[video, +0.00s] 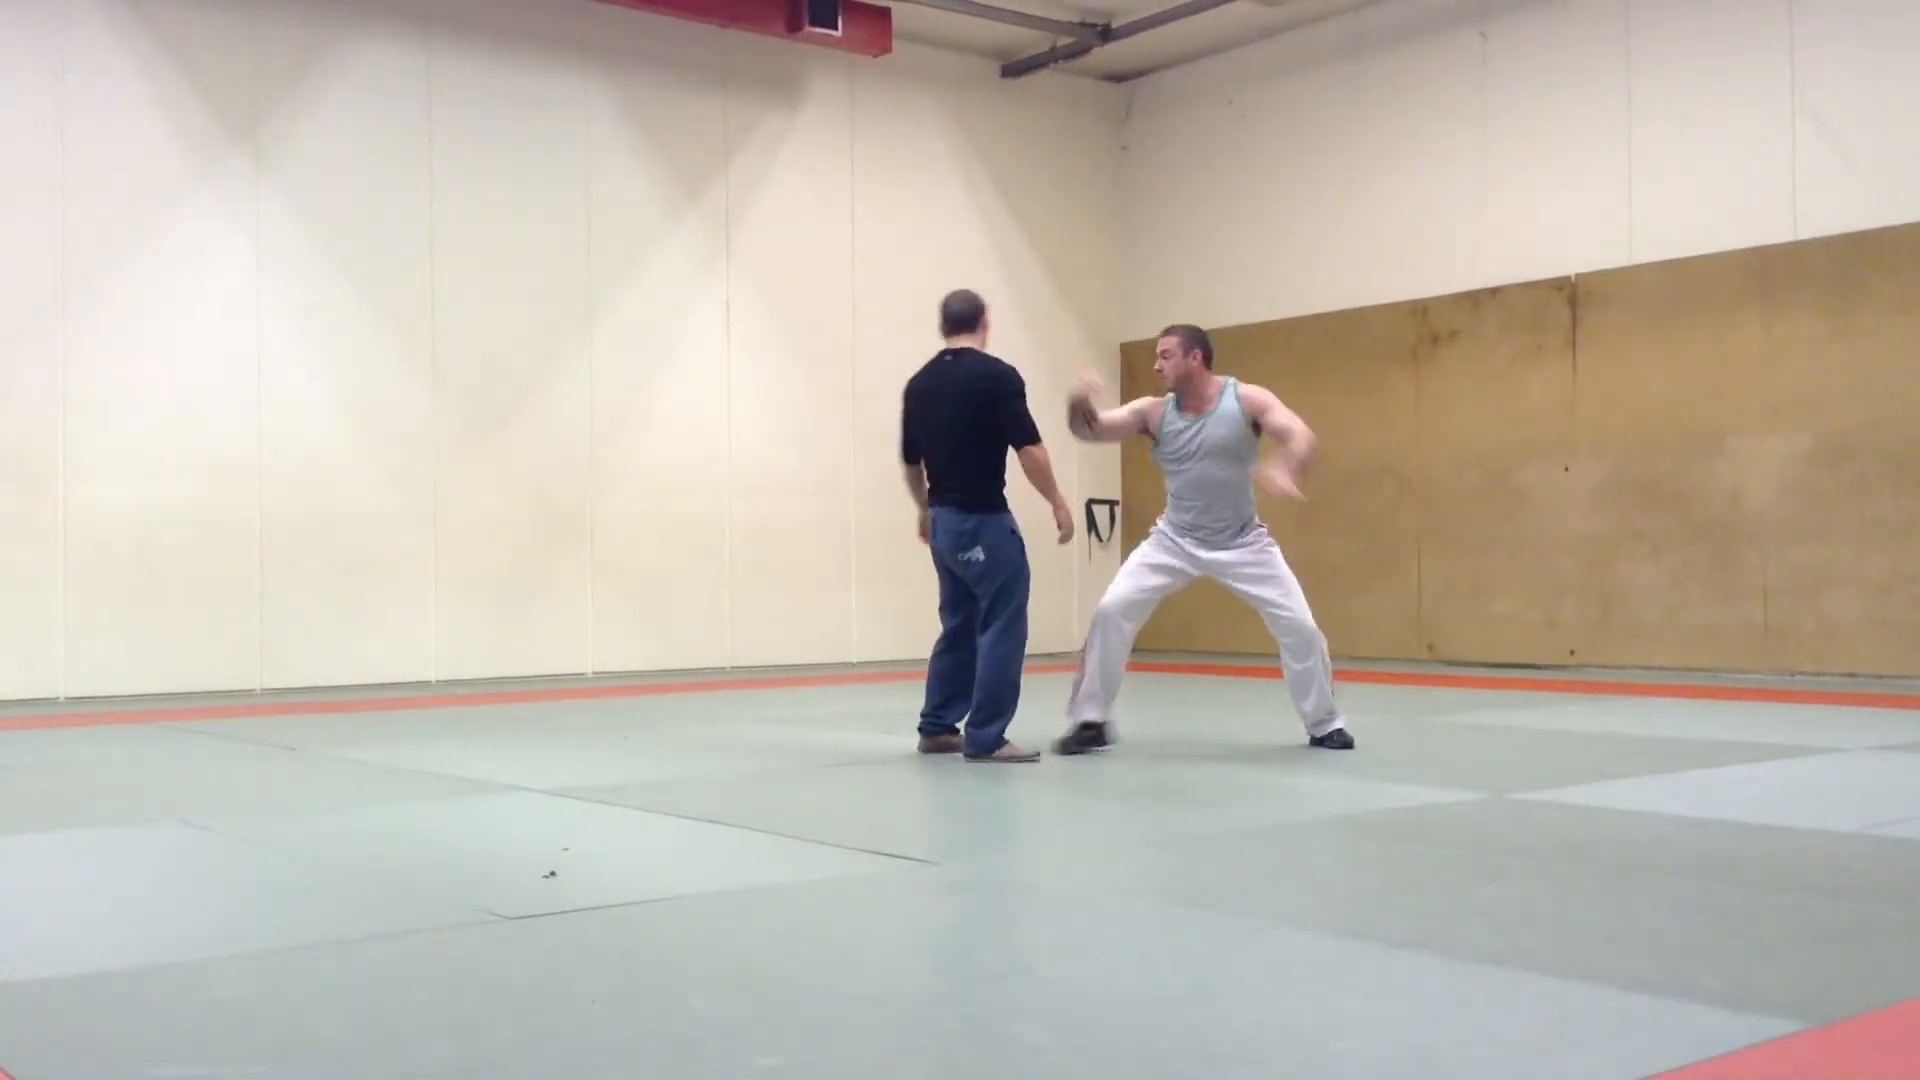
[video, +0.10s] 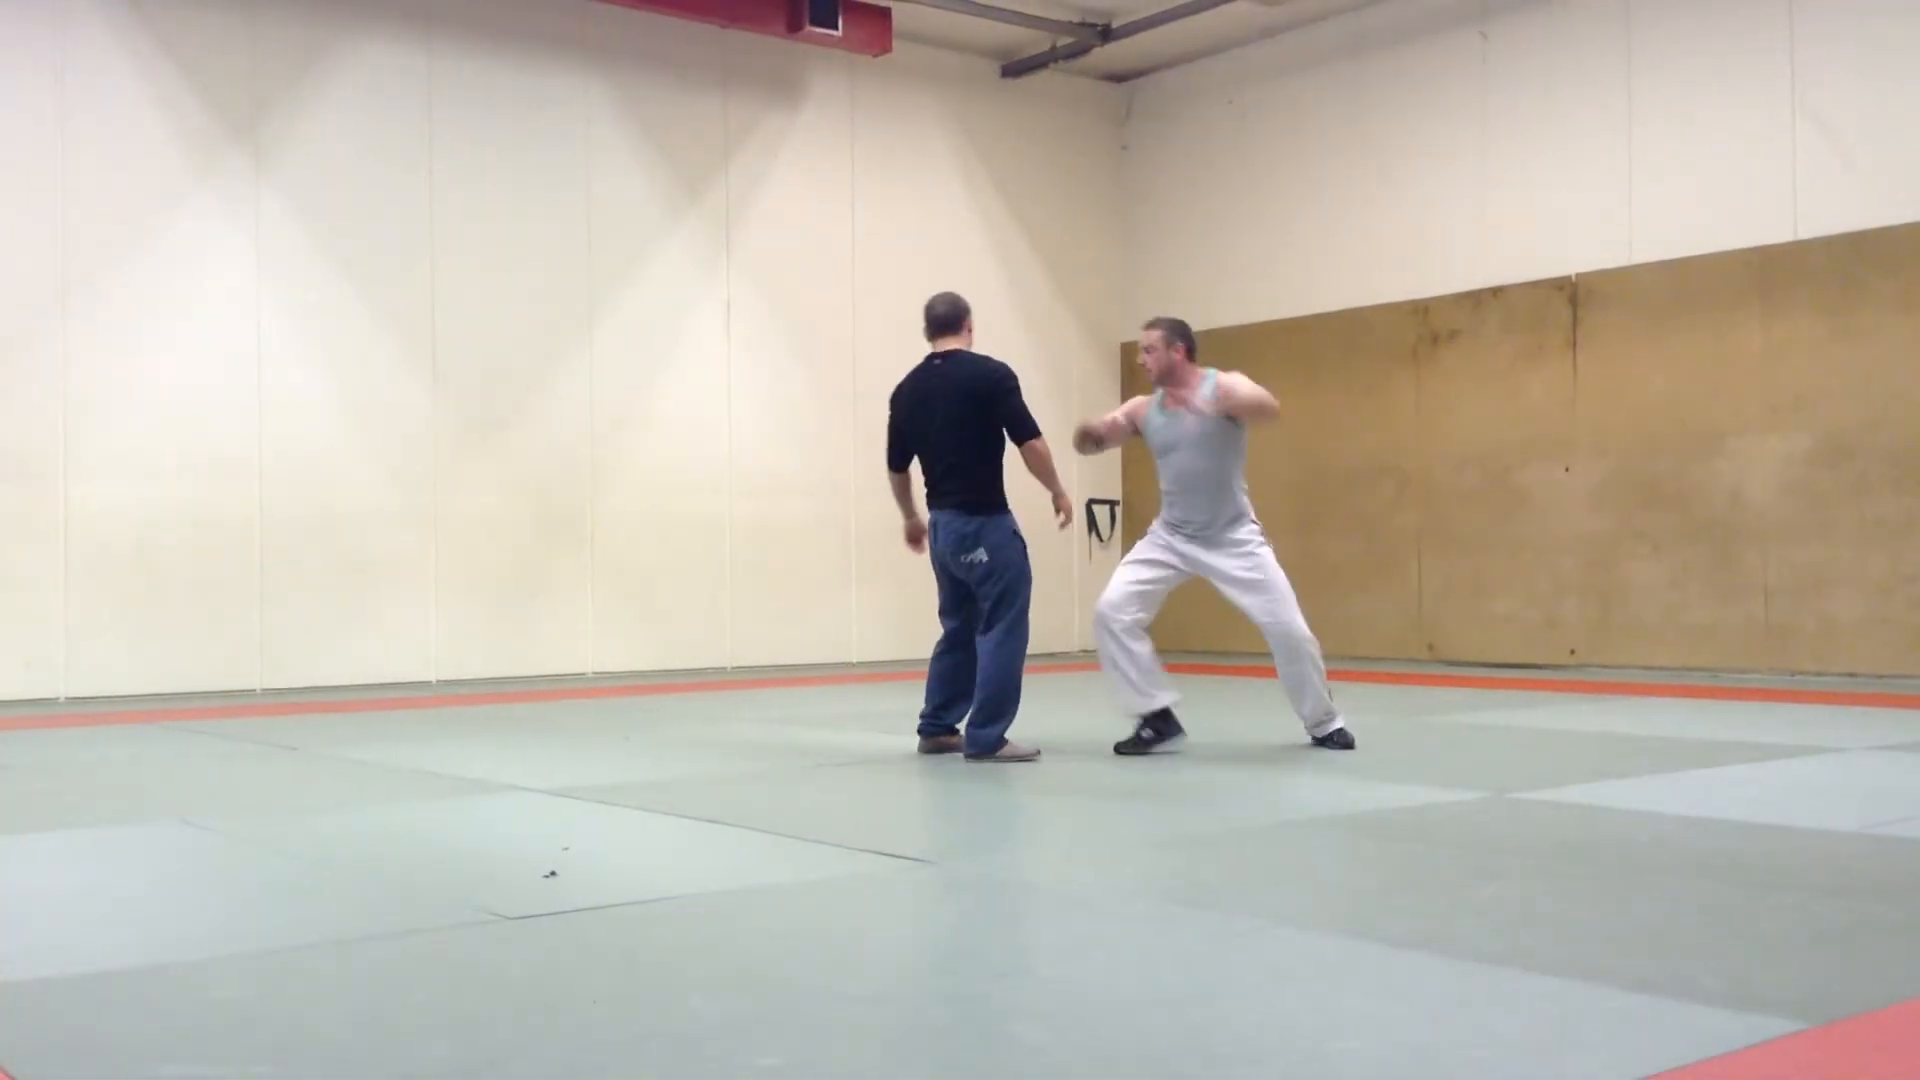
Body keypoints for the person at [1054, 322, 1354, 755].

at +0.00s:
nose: (1157, 365)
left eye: (1165, 356)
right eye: (1156, 357)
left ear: (1196, 359)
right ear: (1178, 362)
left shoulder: (1247, 399)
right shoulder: (1153, 411)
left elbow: (1300, 437)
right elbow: (1089, 429)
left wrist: (1284, 469)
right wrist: (1080, 403)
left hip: (1244, 544)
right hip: (1174, 541)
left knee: (1301, 629)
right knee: (1111, 610)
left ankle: (1324, 724)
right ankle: (1091, 722)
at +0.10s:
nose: (1142, 359)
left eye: (1150, 350)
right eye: (1141, 351)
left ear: (1180, 351)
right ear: (1150, 356)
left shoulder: (1222, 385)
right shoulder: (1143, 408)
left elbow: (1269, 408)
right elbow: (1088, 443)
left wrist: (1218, 403)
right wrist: (1092, 433)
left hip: (1235, 537)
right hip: (1171, 537)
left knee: (1291, 630)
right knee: (1113, 612)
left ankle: (1324, 724)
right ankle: (1159, 718)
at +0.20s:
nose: (1121, 354)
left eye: (1129, 344)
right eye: (1120, 345)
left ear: (1158, 344)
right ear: (1132, 349)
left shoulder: (1191, 386)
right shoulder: (1125, 406)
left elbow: (1210, 372)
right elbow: (1089, 457)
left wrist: (1130, 363)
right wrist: (1088, 447)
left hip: (1214, 527)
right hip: (1158, 531)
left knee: (1262, 623)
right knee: (1119, 623)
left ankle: (1326, 708)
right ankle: (1164, 726)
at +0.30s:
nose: (1103, 347)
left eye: (1110, 338)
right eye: (1101, 339)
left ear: (1140, 339)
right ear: (1110, 342)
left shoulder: (1176, 375)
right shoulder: (1119, 407)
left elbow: (1152, 359)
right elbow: (1104, 466)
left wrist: (1074, 349)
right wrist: (1089, 447)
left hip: (1195, 516)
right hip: (1147, 526)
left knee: (1200, 601)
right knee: (1118, 625)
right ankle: (1162, 726)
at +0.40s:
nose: (1086, 346)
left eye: (1093, 338)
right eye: (1085, 339)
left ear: (1119, 339)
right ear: (1098, 344)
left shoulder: (1155, 367)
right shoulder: (1113, 408)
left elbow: (1090, 344)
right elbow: (1113, 472)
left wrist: (1025, 348)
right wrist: (1076, 450)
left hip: (1177, 505)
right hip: (1140, 516)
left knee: (1128, 572)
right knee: (1111, 625)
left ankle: (1196, 643)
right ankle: (1160, 725)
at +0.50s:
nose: (1067, 346)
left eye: (1074, 339)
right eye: (1068, 340)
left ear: (1100, 338)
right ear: (1090, 340)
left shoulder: (1130, 366)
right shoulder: (1109, 398)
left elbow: (1062, 342)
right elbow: (1100, 477)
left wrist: (994, 361)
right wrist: (1054, 443)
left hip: (1157, 506)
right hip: (1138, 511)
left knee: (1090, 569)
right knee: (1112, 623)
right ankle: (1160, 725)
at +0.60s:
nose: (1051, 351)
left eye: (1057, 342)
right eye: (1051, 343)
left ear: (1077, 341)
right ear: (1086, 341)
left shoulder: (1112, 367)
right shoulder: (1091, 400)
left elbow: (1048, 339)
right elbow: (1049, 446)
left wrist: (985, 369)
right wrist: (999, 403)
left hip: (1138, 514)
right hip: (1122, 518)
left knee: (1072, 594)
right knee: (1106, 633)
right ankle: (1161, 727)